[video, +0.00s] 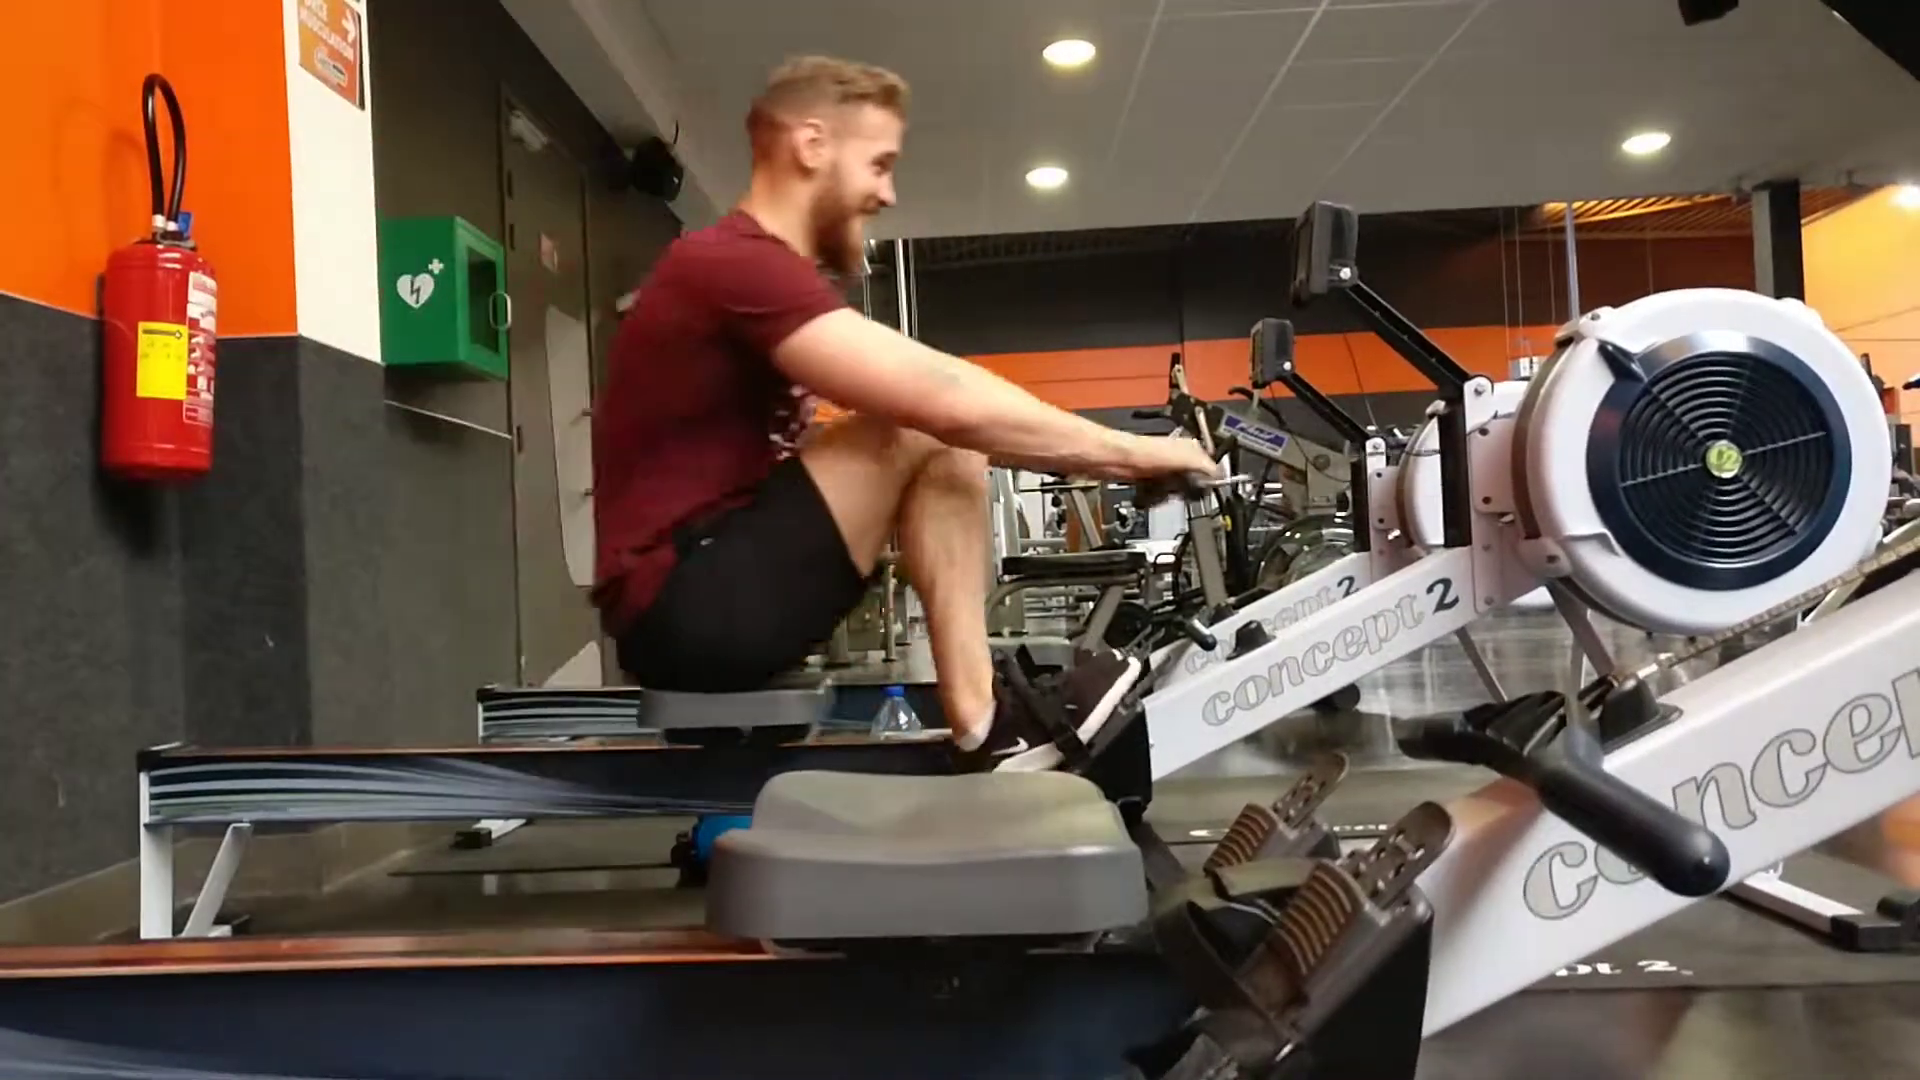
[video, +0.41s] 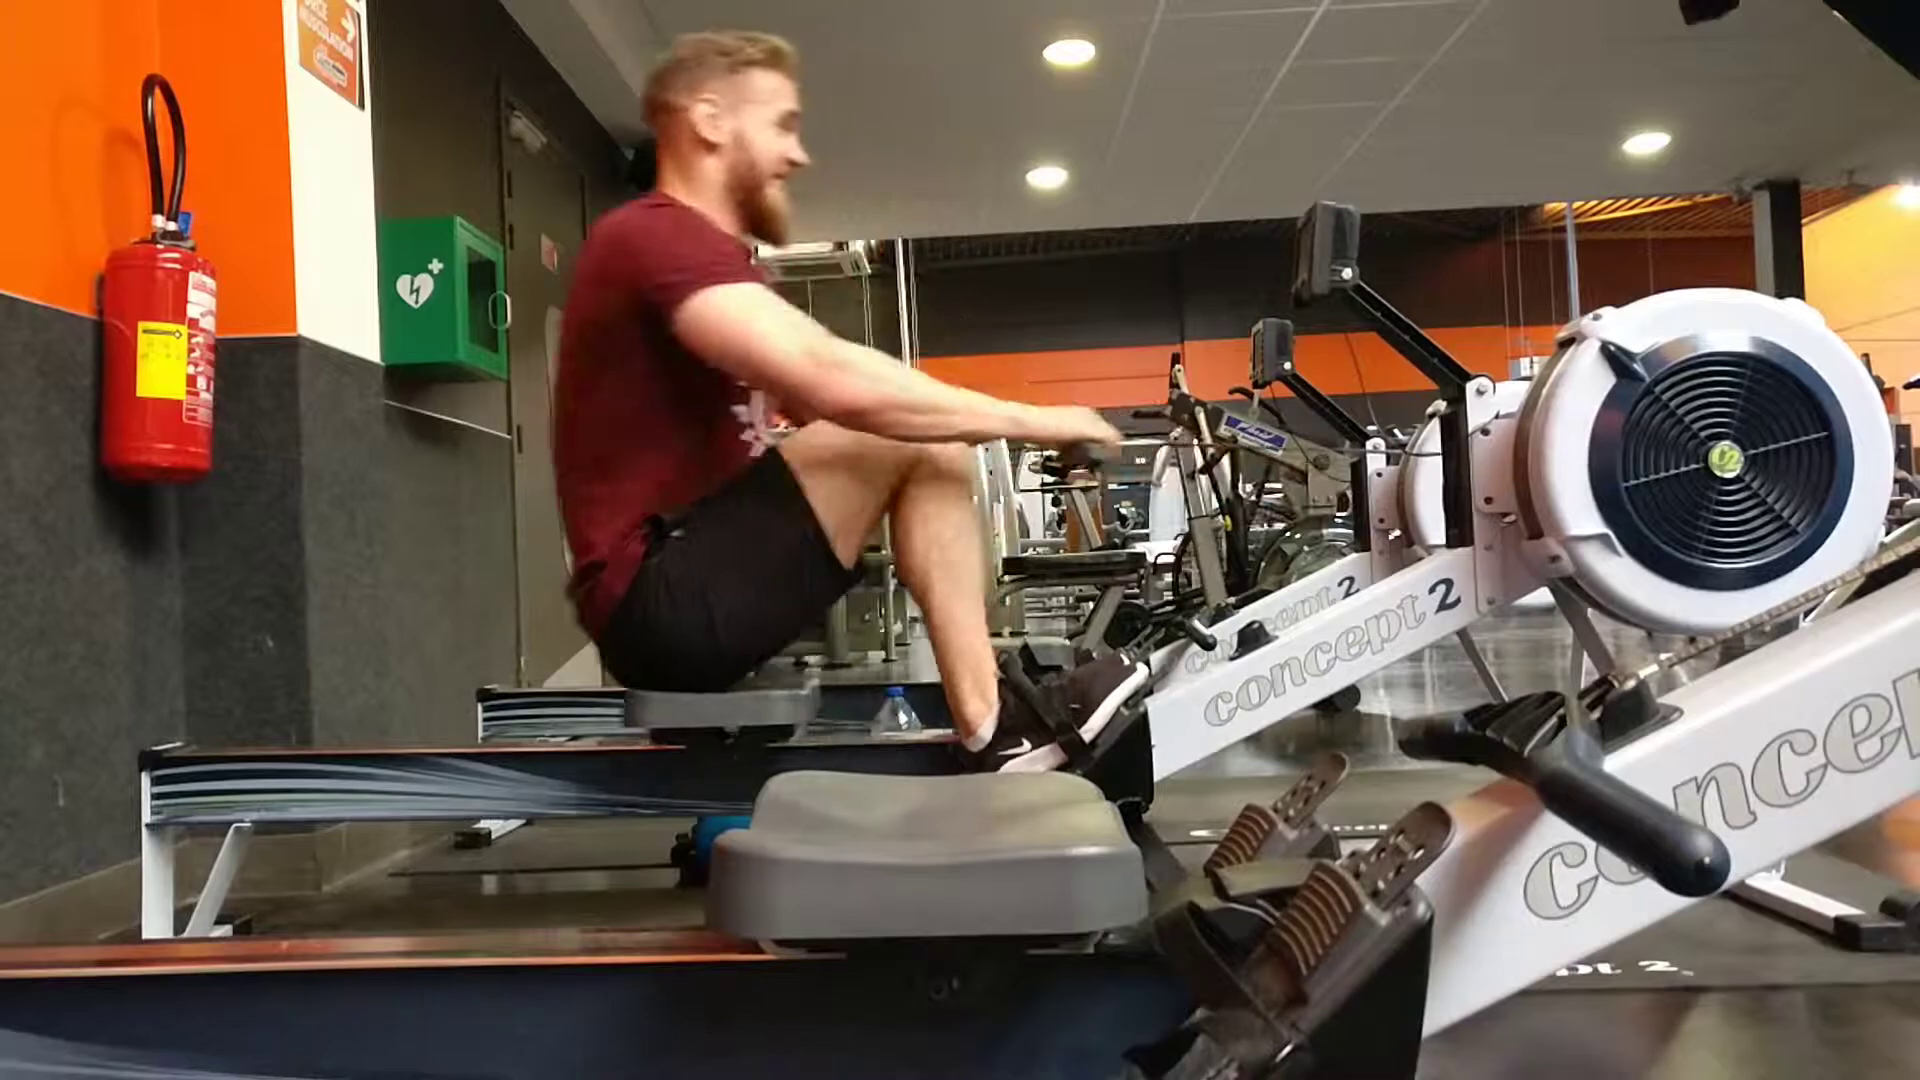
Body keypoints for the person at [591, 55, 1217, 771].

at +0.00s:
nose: (889, 194)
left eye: (892, 170)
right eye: (880, 164)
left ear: (811, 151)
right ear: (808, 146)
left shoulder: (762, 270)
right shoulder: (736, 264)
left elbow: (940, 397)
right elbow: (950, 402)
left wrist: (1118, 455)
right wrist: (1136, 452)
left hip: (702, 606)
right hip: (685, 614)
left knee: (933, 431)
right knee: (931, 433)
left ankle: (977, 715)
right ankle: (976, 727)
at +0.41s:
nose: (799, 155)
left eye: (795, 129)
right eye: (784, 125)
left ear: (711, 125)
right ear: (709, 121)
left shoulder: (687, 245)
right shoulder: (655, 235)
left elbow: (838, 379)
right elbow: (837, 387)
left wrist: (1017, 421)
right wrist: (1027, 420)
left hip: (670, 595)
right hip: (657, 605)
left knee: (921, 437)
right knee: (924, 442)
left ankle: (991, 707)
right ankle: (988, 729)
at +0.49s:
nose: (673, 150)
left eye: (669, 126)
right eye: (653, 120)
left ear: (576, 124)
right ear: (569, 120)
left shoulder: (608, 265)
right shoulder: (529, 242)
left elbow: (719, 411)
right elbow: (699, 387)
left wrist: (892, 411)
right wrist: (901, 407)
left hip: (613, 600)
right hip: (572, 608)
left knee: (866, 447)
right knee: (863, 455)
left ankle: (982, 719)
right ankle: (986, 737)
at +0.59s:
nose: (531, 163)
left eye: (531, 142)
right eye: (511, 138)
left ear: (445, 139)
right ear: (426, 131)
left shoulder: (480, 284)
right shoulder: (381, 263)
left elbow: (599, 422)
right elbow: (525, 415)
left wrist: (747, 423)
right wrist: (745, 420)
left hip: (529, 594)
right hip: (481, 611)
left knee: (793, 481)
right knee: (789, 487)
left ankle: (989, 722)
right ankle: (984, 743)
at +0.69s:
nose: (445, 189)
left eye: (447, 167)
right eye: (427, 162)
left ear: (357, 155)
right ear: (340, 150)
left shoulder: (396, 295)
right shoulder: (274, 275)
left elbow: (476, 467)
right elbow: (356, 444)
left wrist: (567, 440)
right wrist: (584, 420)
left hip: (470, 580)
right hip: (413, 605)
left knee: (749, 536)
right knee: (744, 534)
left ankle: (981, 728)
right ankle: (982, 747)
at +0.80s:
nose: (428, 206)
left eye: (433, 184)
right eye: (412, 176)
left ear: (357, 168)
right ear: (326, 156)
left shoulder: (360, 298)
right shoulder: (229, 278)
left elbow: (364, 449)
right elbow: (184, 455)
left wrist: (471, 448)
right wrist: (394, 432)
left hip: (415, 593)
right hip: (354, 611)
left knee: (708, 566)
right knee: (703, 567)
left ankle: (974, 730)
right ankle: (969, 751)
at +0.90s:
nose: (468, 212)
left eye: (476, 189)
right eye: (455, 181)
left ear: (385, 163)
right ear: (370, 158)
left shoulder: (386, 305)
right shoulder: (262, 267)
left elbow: (360, 453)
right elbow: (147, 437)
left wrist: (443, 467)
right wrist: (364, 446)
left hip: (413, 588)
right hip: (349, 607)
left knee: (706, 569)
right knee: (700, 568)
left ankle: (965, 733)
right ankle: (964, 748)